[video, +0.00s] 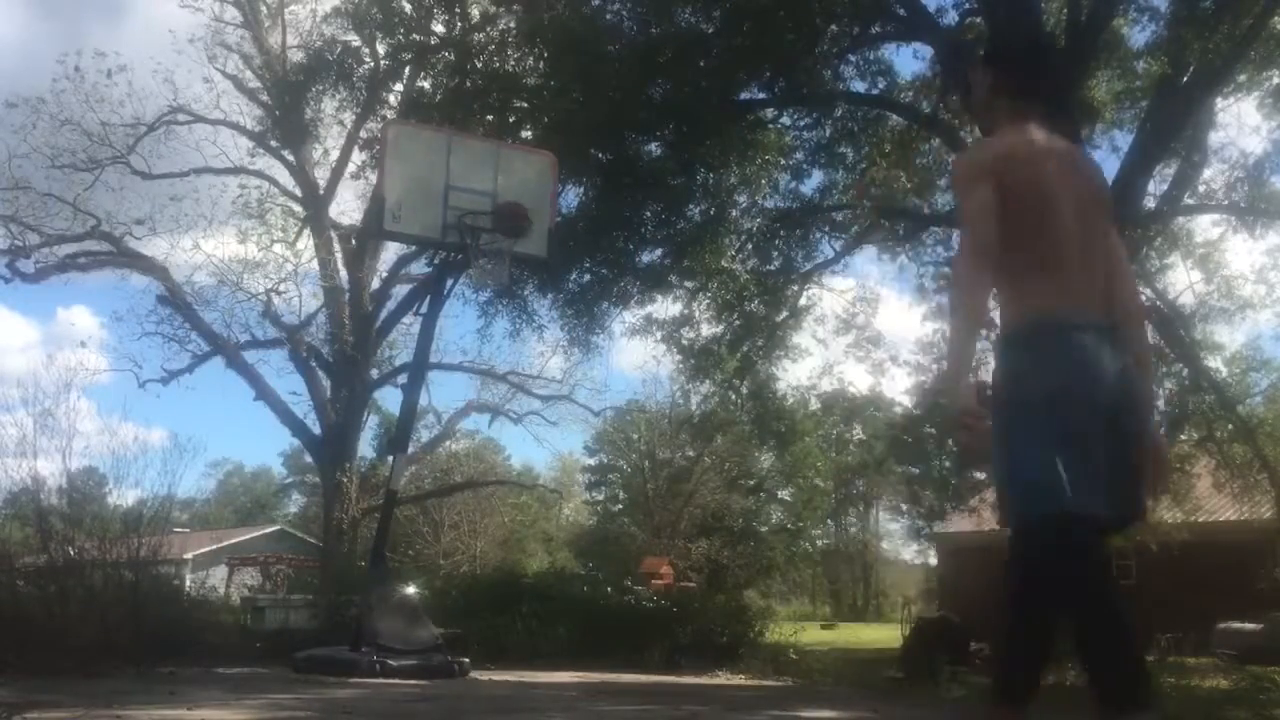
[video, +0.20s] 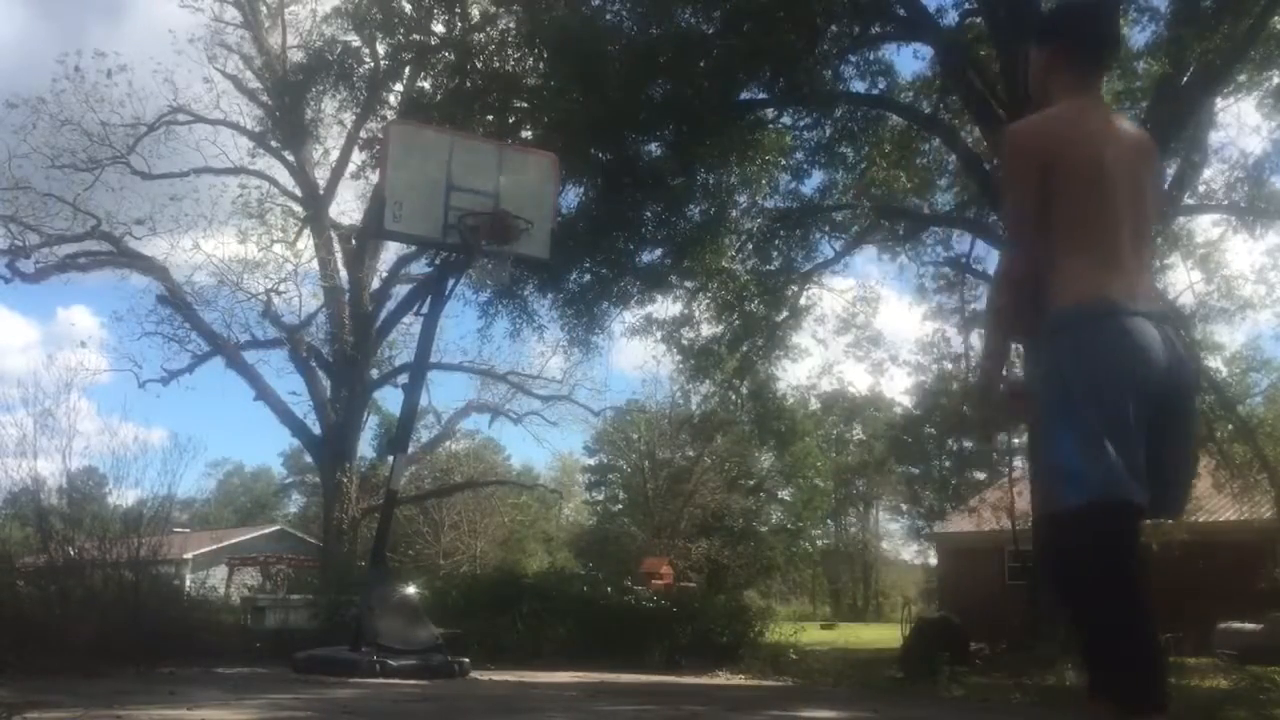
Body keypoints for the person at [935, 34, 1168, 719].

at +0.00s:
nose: (971, 100)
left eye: (975, 87)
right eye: (972, 88)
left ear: (994, 84)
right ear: (1045, 87)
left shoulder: (982, 158)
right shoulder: (1084, 167)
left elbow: (977, 262)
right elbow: (1126, 296)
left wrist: (957, 374)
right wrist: (1147, 412)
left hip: (1039, 358)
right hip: (1110, 359)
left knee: (1069, 552)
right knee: (1042, 554)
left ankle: (1129, 702)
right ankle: (1010, 701)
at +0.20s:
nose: (1028, 68)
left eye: (1032, 57)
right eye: (1031, 58)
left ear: (1047, 57)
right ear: (1104, 61)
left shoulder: (1031, 133)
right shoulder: (1140, 142)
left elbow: (1020, 262)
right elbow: (1133, 247)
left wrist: (988, 375)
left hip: (1083, 341)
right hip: (1161, 341)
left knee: (1091, 537)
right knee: (1109, 534)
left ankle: (1129, 700)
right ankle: (1118, 694)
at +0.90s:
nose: (1123, 89)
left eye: (1126, 78)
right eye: (1128, 79)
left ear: (1131, 77)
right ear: (1196, 79)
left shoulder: (1092, 158)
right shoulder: (1238, 156)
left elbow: (1089, 274)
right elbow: (1271, 228)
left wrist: (1090, 382)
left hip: (1135, 364)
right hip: (1228, 359)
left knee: (1141, 550)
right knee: (1239, 549)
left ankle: (1145, 700)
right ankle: (1256, 700)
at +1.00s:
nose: (1110, 99)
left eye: (1111, 88)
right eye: (1114, 88)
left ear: (1116, 88)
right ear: (1178, 86)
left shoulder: (1087, 162)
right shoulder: (1232, 159)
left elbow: (1086, 258)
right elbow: (1278, 230)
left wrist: (1094, 365)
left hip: (1128, 361)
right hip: (1219, 359)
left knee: (1122, 547)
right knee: (1231, 546)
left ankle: (1130, 696)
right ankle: (1255, 699)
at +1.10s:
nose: (1085, 121)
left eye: (1088, 109)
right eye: (1086, 109)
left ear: (1106, 103)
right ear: (1163, 100)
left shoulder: (1081, 169)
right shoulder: (1223, 168)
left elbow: (1081, 268)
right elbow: (1272, 265)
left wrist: (1088, 375)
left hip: (1124, 366)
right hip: (1214, 365)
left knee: (1103, 549)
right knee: (1230, 549)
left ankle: (1103, 699)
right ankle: (1254, 700)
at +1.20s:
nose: (1067, 130)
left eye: (1068, 120)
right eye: (1069, 121)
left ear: (1076, 116)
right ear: (1133, 109)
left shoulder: (1066, 182)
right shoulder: (1198, 178)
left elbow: (1074, 292)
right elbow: (1241, 298)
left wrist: (1083, 407)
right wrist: (1266, 393)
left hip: (1114, 374)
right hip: (1201, 371)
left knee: (1081, 551)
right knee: (1222, 552)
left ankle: (1067, 702)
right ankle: (1249, 702)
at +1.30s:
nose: (1038, 153)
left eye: (1040, 141)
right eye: (1041, 141)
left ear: (1052, 136)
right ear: (1101, 132)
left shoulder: (1047, 191)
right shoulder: (1165, 194)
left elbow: (1058, 303)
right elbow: (1192, 306)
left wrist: (1065, 424)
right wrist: (1183, 380)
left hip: (1103, 378)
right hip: (1185, 377)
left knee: (1068, 551)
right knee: (1203, 552)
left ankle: (1046, 698)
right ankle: (1243, 703)